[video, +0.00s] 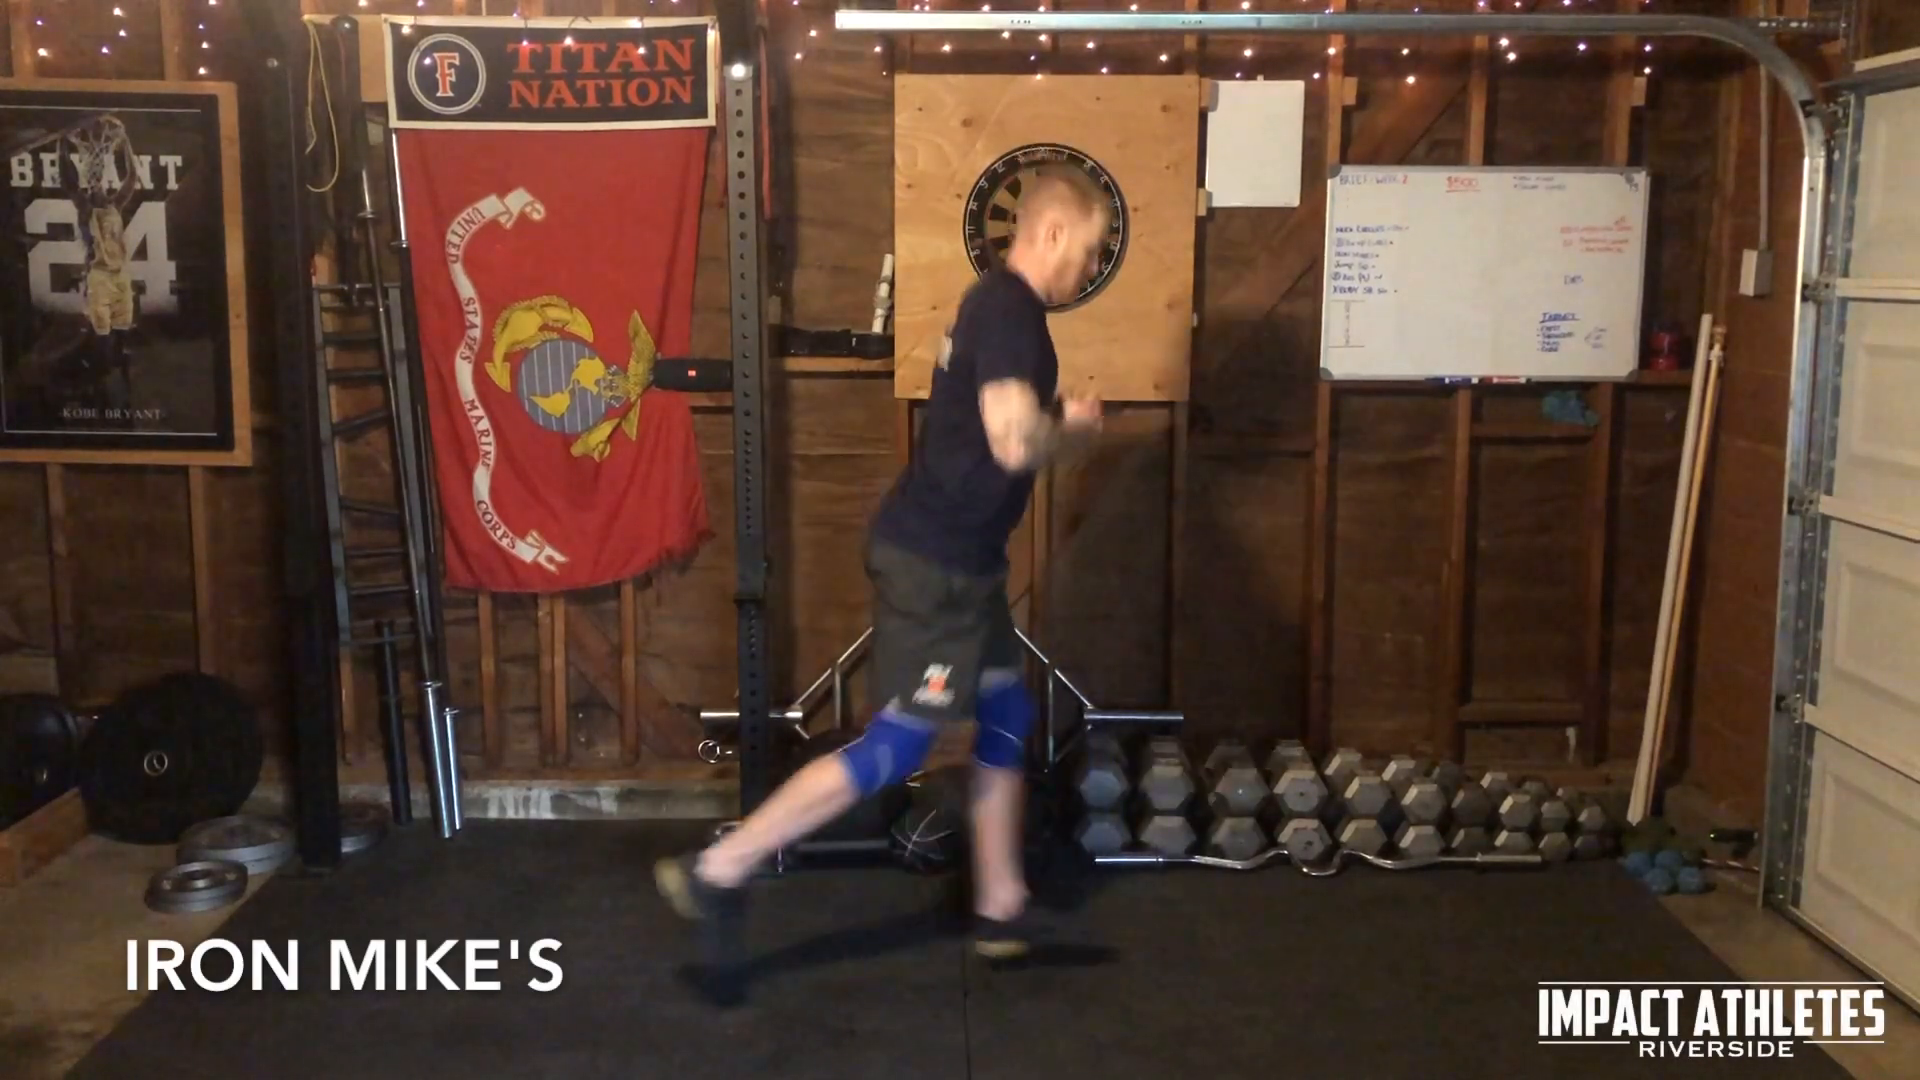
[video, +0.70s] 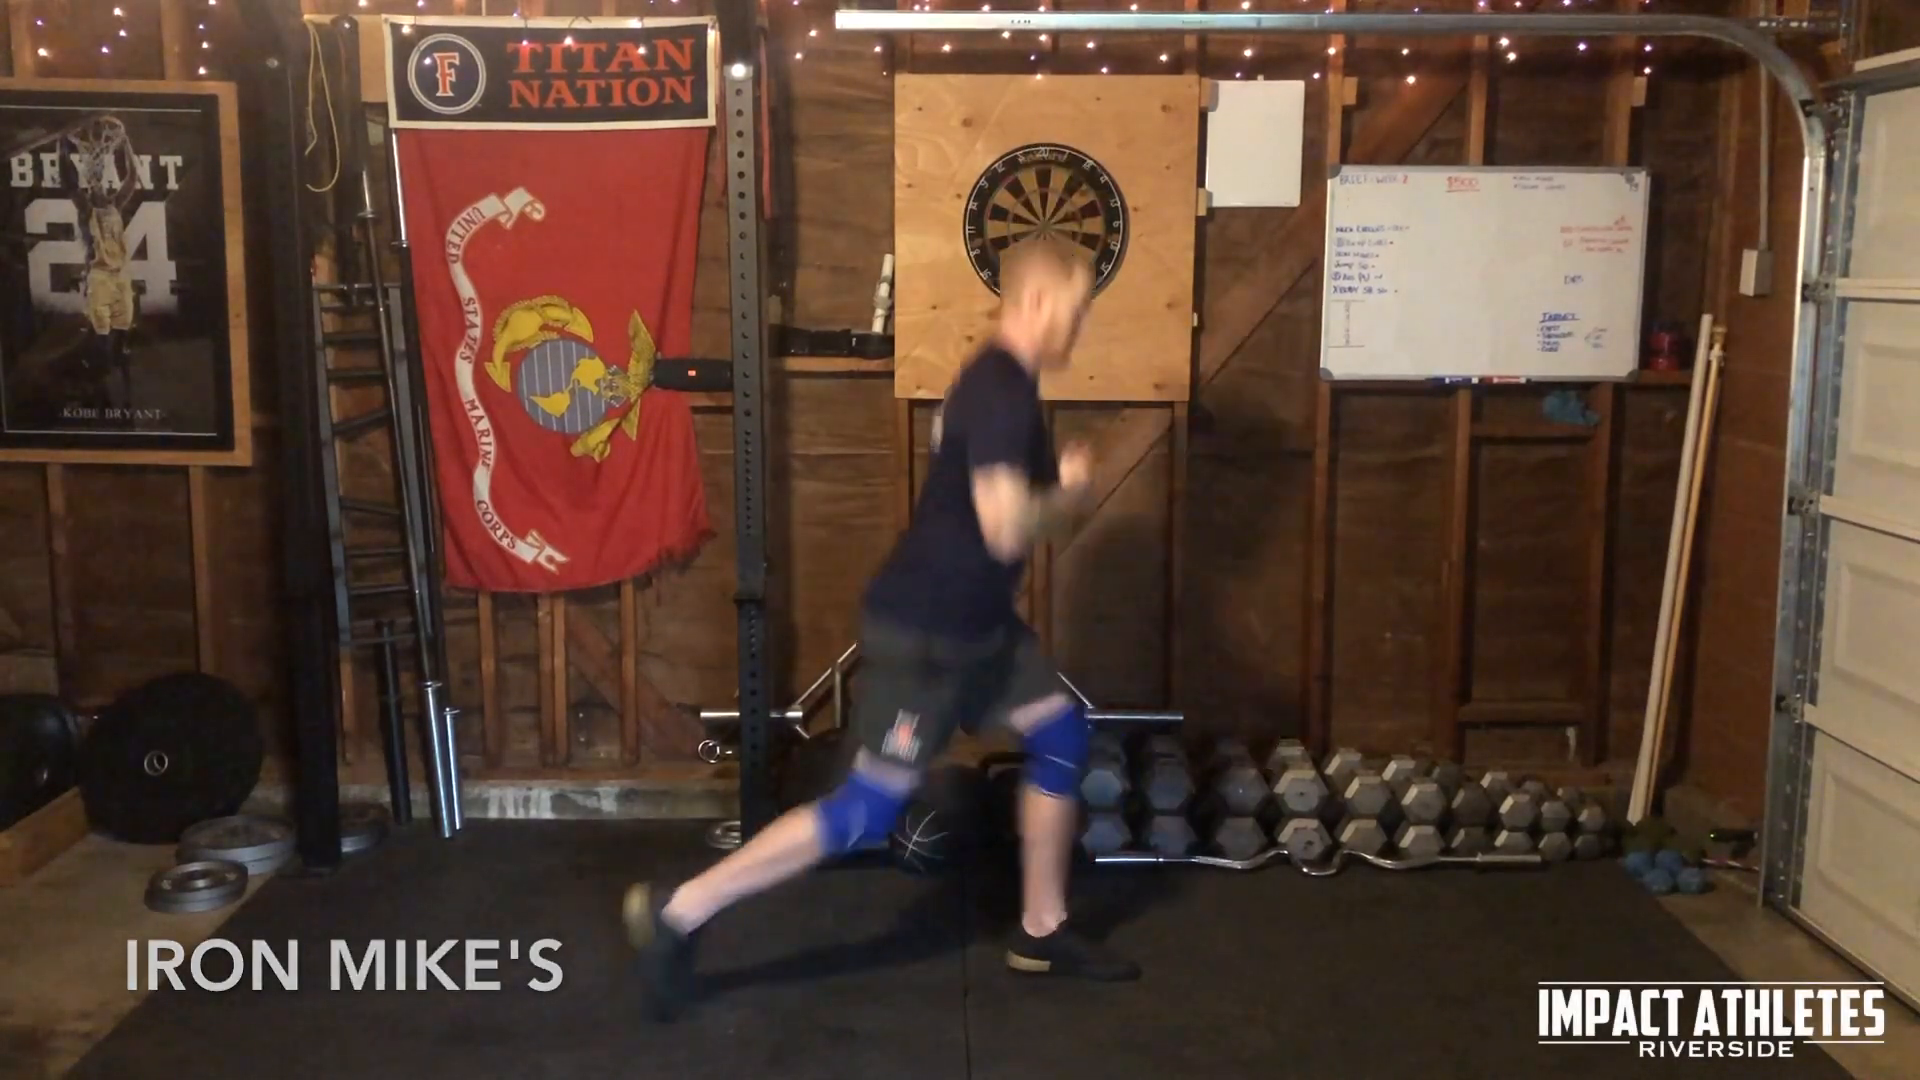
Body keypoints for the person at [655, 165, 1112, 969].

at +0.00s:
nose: (1090, 270)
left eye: (1096, 254)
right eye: (1090, 249)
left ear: (1040, 232)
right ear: (1050, 231)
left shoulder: (1010, 307)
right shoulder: (1006, 308)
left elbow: (997, 426)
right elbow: (1015, 446)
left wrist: (1051, 414)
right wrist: (1072, 426)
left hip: (968, 560)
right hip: (930, 559)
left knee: (1005, 716)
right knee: (897, 743)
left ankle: (1000, 906)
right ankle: (716, 867)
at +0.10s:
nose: (1095, 338)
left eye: (1099, 321)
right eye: (1093, 319)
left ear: (1036, 306)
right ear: (1059, 311)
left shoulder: (1015, 384)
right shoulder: (1010, 387)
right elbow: (1011, 532)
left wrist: (1056, 506)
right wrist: (1070, 504)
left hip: (978, 638)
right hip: (929, 638)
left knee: (1068, 736)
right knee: (854, 811)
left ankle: (1041, 933)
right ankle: (656, 908)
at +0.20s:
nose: (1096, 423)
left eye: (1100, 408)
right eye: (1092, 406)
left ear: (1044, 400)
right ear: (1052, 402)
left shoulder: (1020, 471)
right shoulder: (1007, 483)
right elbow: (997, 628)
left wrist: (1045, 591)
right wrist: (1062, 600)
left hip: (987, 689)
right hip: (922, 708)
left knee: (1107, 759)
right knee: (857, 899)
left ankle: (1043, 933)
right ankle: (643, 936)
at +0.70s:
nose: (1081, 325)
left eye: (1083, 307)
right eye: (1076, 307)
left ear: (1029, 300)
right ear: (1038, 301)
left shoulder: (1013, 386)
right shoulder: (997, 385)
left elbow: (1024, 503)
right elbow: (1006, 529)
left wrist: (1056, 489)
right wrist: (1064, 488)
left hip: (978, 623)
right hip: (921, 625)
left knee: (1061, 732)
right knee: (866, 810)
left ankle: (1043, 931)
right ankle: (677, 912)